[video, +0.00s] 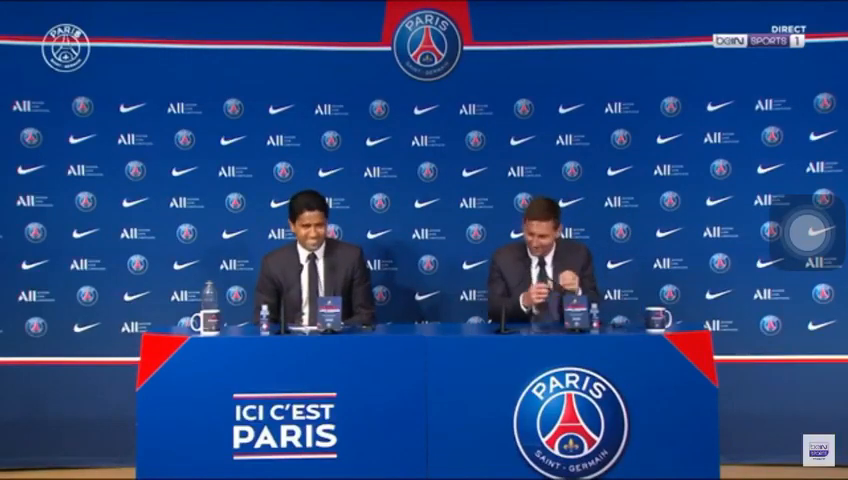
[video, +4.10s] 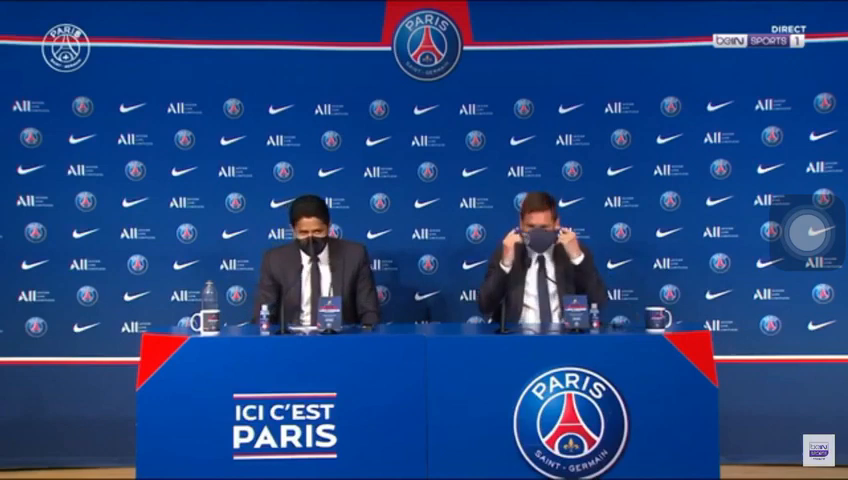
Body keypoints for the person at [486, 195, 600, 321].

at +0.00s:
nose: (534, 243)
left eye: (542, 236)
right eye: (530, 235)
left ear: (557, 232)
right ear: (524, 227)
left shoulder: (578, 253)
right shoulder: (503, 257)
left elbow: (594, 302)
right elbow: (495, 310)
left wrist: (578, 290)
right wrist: (524, 301)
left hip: (567, 340)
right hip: (519, 342)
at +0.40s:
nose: (535, 235)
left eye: (543, 227)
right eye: (529, 226)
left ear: (556, 227)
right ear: (521, 225)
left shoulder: (577, 253)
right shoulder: (503, 256)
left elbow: (593, 300)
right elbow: (488, 310)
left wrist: (572, 292)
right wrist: (507, 287)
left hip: (563, 340)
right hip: (515, 341)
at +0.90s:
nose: (537, 236)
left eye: (544, 228)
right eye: (531, 227)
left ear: (555, 226)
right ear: (521, 225)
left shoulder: (576, 252)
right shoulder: (504, 256)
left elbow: (597, 301)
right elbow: (488, 311)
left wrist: (577, 273)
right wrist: (503, 282)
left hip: (567, 336)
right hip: (520, 337)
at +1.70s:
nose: (545, 238)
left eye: (551, 231)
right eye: (538, 231)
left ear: (560, 224)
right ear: (525, 223)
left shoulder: (578, 253)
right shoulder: (504, 257)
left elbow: (595, 299)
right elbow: (491, 311)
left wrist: (568, 273)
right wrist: (511, 297)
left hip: (567, 339)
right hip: (520, 341)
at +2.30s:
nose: (544, 243)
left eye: (551, 236)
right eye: (539, 235)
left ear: (561, 227)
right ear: (528, 224)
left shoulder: (579, 254)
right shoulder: (504, 258)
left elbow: (601, 299)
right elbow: (490, 309)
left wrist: (579, 290)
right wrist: (511, 301)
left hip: (568, 341)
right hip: (519, 342)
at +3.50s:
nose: (535, 229)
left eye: (542, 222)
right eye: (529, 221)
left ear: (555, 223)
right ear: (520, 223)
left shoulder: (578, 256)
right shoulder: (503, 259)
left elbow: (598, 304)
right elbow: (489, 314)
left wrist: (573, 279)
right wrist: (508, 283)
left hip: (566, 341)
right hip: (518, 342)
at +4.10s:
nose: (538, 234)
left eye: (544, 228)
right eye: (531, 228)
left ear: (556, 225)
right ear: (521, 225)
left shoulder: (574, 251)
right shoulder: (507, 251)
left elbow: (600, 301)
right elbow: (486, 307)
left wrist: (578, 257)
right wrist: (506, 263)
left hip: (565, 341)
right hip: (518, 341)